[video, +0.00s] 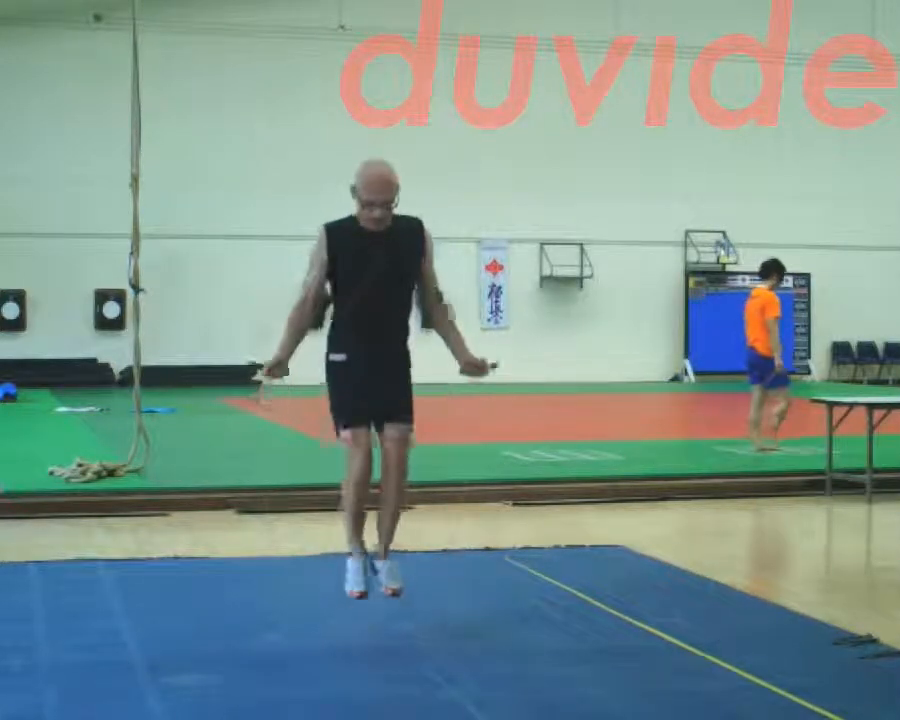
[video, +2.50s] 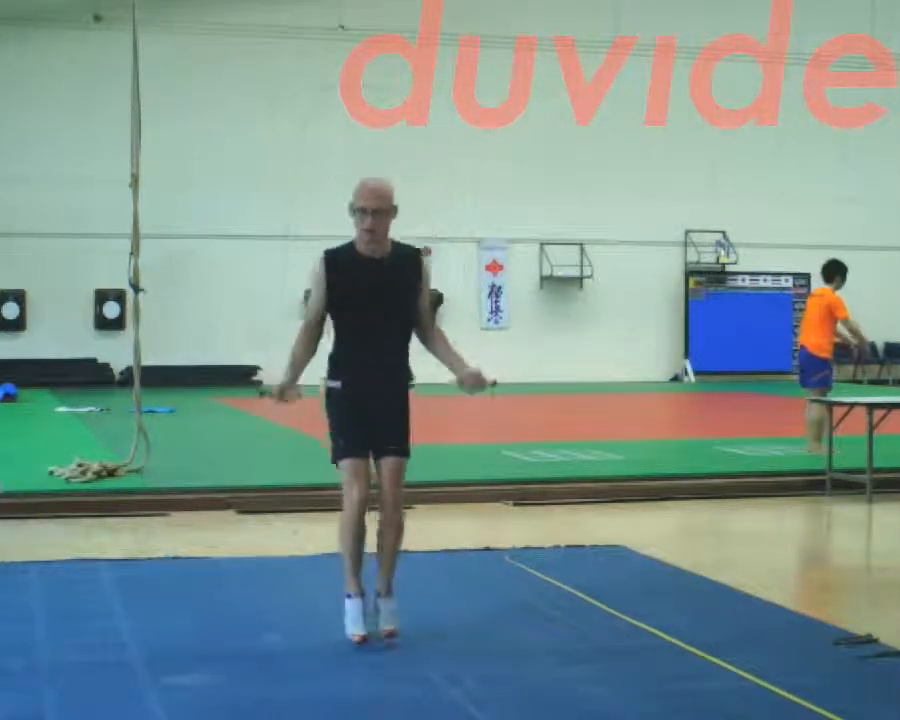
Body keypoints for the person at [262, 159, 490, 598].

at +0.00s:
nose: (379, 213)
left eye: (386, 205)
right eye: (370, 205)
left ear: (396, 198)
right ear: (355, 197)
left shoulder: (415, 235)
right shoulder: (332, 237)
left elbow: (433, 304)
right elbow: (309, 302)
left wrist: (464, 357)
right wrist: (282, 355)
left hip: (392, 354)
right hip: (347, 355)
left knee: (397, 446)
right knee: (359, 447)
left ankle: (384, 556)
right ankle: (355, 554)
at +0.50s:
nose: (375, 206)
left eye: (383, 197)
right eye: (367, 198)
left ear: (393, 195)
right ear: (351, 196)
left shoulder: (413, 242)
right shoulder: (332, 243)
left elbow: (428, 309)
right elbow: (314, 312)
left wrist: (453, 358)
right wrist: (294, 366)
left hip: (395, 372)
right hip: (349, 372)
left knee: (394, 474)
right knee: (353, 474)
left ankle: (386, 579)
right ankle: (352, 580)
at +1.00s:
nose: (378, 222)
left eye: (385, 213)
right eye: (369, 214)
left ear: (394, 215)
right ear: (353, 216)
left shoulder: (414, 264)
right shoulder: (334, 267)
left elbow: (429, 330)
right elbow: (313, 334)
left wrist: (457, 383)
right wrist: (289, 392)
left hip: (397, 391)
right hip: (351, 392)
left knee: (393, 493)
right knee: (352, 496)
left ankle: (387, 602)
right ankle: (351, 603)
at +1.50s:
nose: (377, 256)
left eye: (384, 248)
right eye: (369, 248)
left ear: (396, 251)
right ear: (355, 251)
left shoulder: (418, 303)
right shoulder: (336, 306)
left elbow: (433, 365)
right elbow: (320, 368)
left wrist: (465, 395)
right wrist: (301, 408)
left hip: (399, 420)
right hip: (354, 421)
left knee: (396, 521)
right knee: (366, 523)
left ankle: (389, 614)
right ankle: (363, 615)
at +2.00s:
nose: (374, 249)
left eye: (382, 240)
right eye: (366, 240)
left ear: (396, 243)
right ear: (355, 242)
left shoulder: (415, 294)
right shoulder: (333, 294)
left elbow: (427, 358)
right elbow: (318, 358)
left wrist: (466, 382)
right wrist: (302, 391)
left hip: (395, 417)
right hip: (348, 417)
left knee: (393, 520)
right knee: (359, 521)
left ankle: (382, 615)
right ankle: (348, 614)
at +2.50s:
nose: (369, 222)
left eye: (378, 213)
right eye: (361, 213)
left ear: (393, 215)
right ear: (350, 215)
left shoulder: (414, 263)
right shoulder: (331, 264)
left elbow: (427, 329)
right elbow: (311, 328)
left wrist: (462, 369)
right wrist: (289, 379)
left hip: (393, 388)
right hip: (345, 388)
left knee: (392, 496)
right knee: (357, 495)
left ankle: (385, 593)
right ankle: (354, 596)